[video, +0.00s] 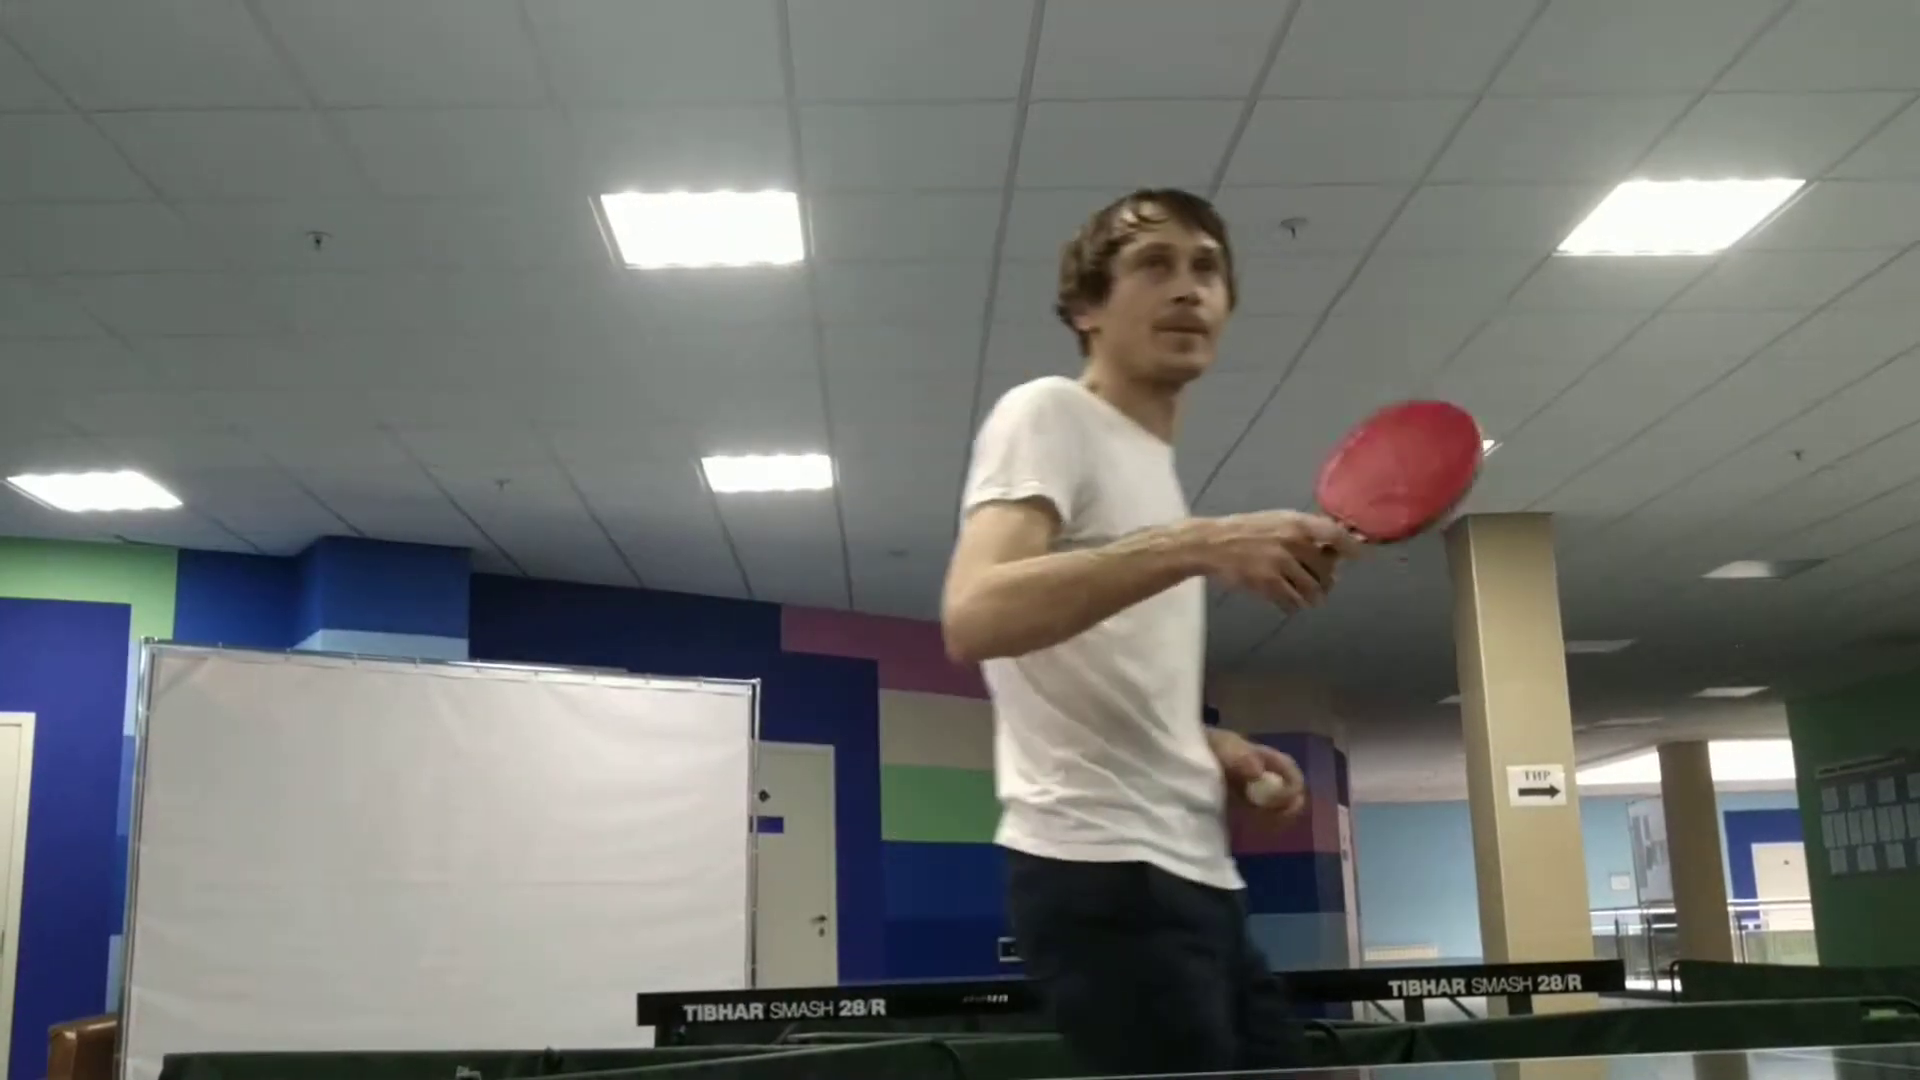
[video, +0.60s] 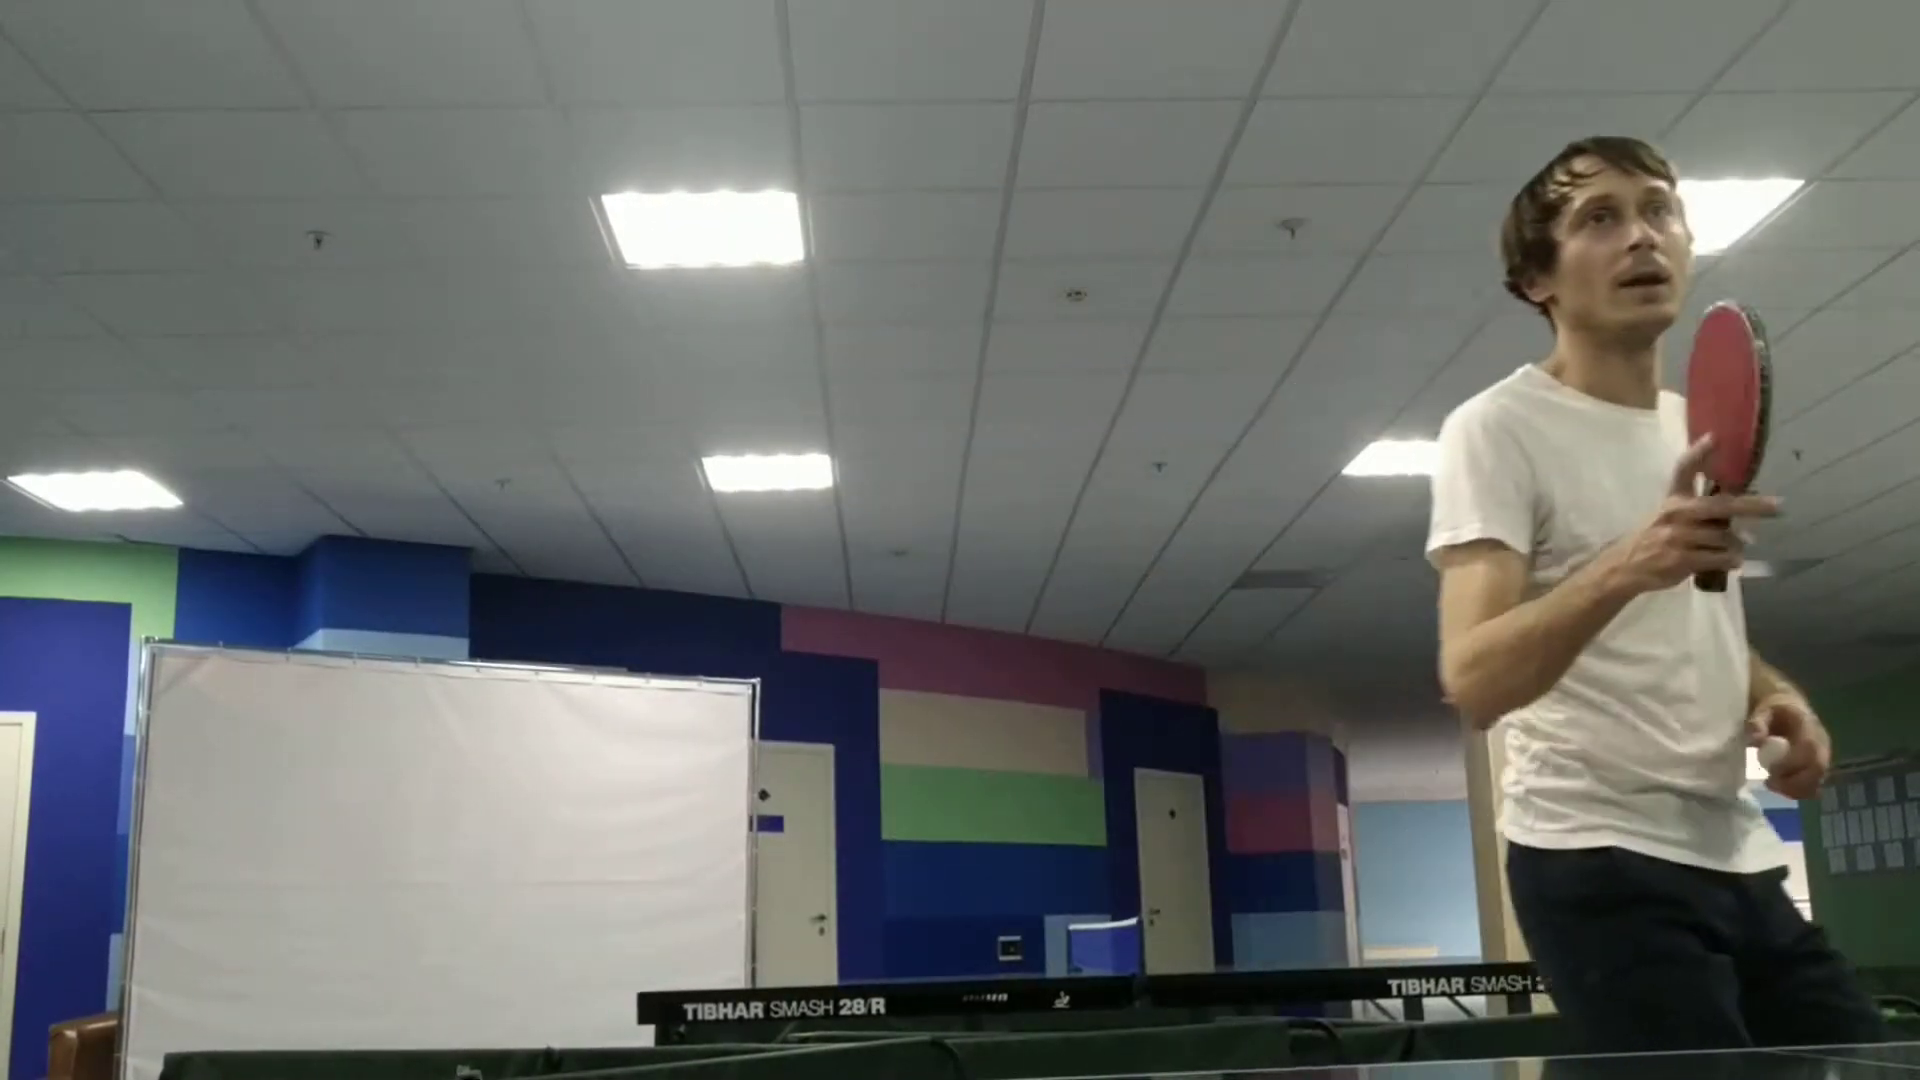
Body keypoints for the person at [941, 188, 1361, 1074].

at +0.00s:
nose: (1188, 287)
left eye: (1207, 269)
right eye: (1154, 265)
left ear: (1229, 309)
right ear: (1088, 309)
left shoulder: (1159, 471)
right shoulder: (1048, 412)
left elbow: (1107, 695)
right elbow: (972, 613)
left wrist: (1214, 748)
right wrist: (1201, 543)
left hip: (1190, 874)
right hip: (1102, 873)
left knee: (1269, 1065)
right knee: (1175, 1070)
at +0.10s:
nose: (1283, 271)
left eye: (1301, 253)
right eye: (1246, 250)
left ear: (1323, 297)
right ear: (1182, 296)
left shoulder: (1258, 465)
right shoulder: (1138, 401)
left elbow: (1219, 690)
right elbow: (1059, 611)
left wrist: (1318, 733)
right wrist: (1293, 606)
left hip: (1290, 860)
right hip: (1198, 856)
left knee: (1340, 1064)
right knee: (1329, 1064)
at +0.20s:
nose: (1369, 252)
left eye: (1387, 233)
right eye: (1332, 232)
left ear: (1408, 276)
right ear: (1268, 281)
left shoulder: (1358, 460)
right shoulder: (1222, 398)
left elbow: (1342, 651)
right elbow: (1127, 620)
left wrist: (1434, 730)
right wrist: (1347, 682)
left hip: (1387, 852)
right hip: (1285, 847)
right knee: (1447, 1069)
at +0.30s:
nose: (1454, 247)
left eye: (1472, 228)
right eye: (1414, 228)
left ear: (1493, 272)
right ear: (1351, 282)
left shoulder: (1450, 458)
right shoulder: (1304, 406)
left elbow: (1430, 664)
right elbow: (1194, 635)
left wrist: (1535, 729)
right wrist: (1405, 703)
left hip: (1484, 860)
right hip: (1387, 861)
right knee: (1498, 1075)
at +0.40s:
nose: (1527, 244)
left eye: (1545, 225)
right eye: (1486, 226)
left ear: (1570, 268)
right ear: (1423, 283)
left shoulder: (1531, 452)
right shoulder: (1374, 420)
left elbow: (1536, 650)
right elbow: (1272, 657)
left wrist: (1619, 719)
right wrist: (1482, 672)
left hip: (1597, 864)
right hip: (1487, 869)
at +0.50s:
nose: (1590, 243)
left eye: (1606, 223)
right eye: (1548, 226)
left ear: (1634, 264)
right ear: (1483, 287)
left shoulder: (1633, 450)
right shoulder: (1442, 434)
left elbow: (1637, 662)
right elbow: (1367, 683)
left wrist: (1702, 714)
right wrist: (1565, 615)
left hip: (1676, 867)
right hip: (1553, 867)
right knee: (1681, 1075)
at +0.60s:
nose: (1644, 234)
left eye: (1661, 211)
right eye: (1601, 217)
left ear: (1689, 252)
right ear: (1539, 277)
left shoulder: (1700, 430)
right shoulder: (1495, 428)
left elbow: (1700, 636)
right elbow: (1472, 678)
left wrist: (1771, 695)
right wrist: (1628, 565)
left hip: (1735, 848)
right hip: (1595, 849)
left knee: (1861, 1063)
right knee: (1697, 1068)